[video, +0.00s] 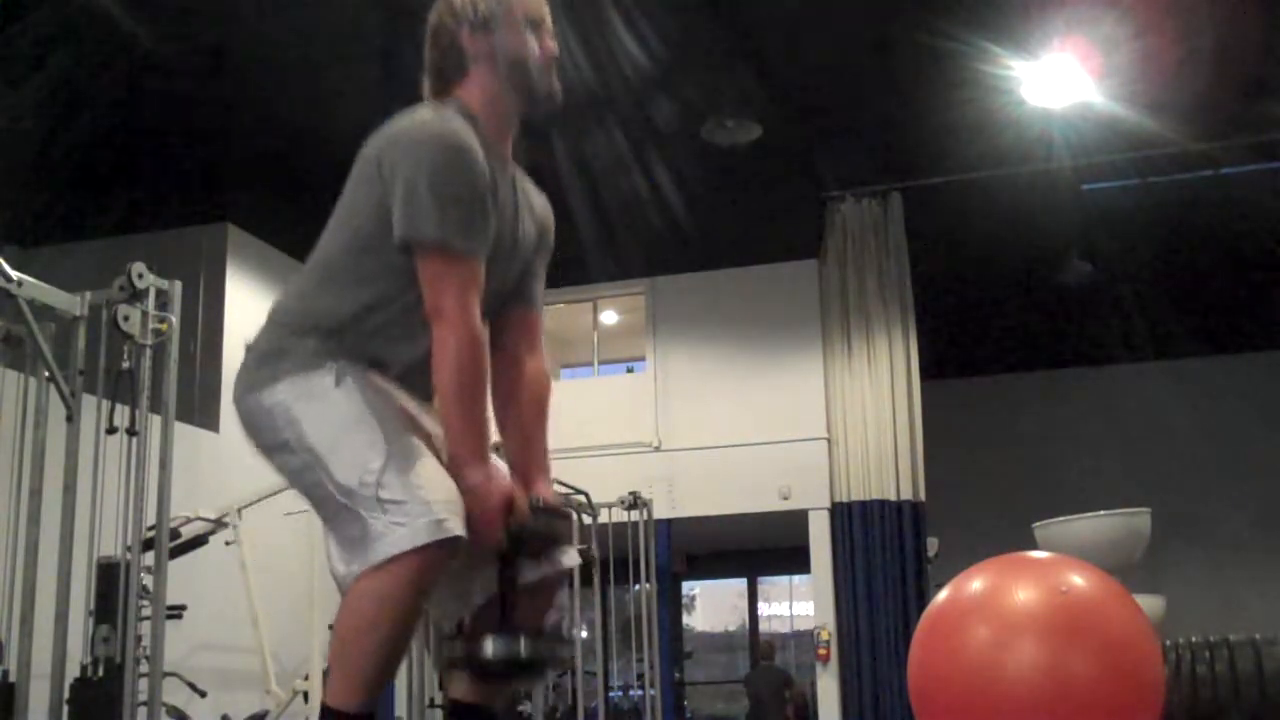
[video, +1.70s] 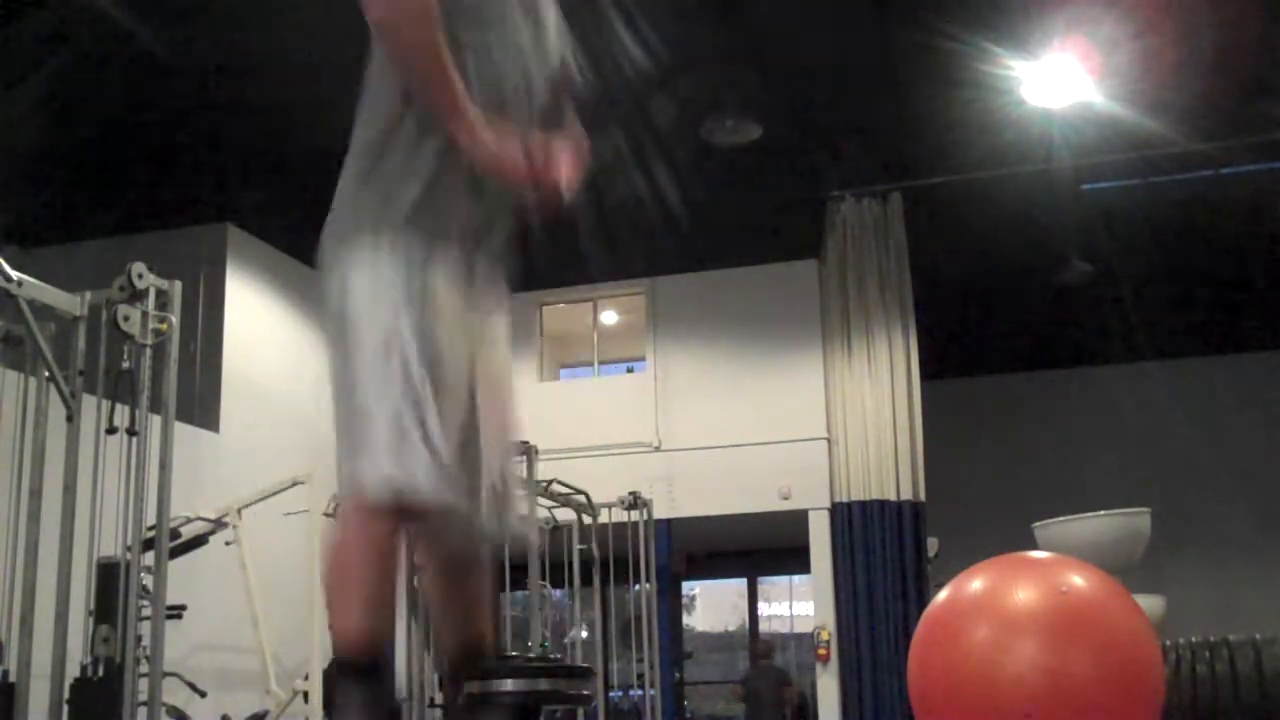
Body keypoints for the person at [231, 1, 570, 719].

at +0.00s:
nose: (554, 47)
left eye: (552, 31)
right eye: (533, 26)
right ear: (473, 38)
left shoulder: (530, 208)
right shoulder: (436, 142)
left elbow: (523, 352)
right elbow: (454, 320)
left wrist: (536, 485)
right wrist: (475, 472)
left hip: (389, 388)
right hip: (304, 371)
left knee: (505, 544)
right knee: (416, 528)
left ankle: (474, 703)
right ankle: (343, 712)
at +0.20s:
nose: (512, 7)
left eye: (507, 5)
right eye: (499, 2)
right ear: (465, 3)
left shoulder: (528, 128)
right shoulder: (434, 53)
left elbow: (523, 260)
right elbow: (451, 222)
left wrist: (534, 392)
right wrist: (473, 368)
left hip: (421, 338)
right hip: (330, 315)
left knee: (481, 554)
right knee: (377, 528)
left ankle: (458, 711)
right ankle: (331, 714)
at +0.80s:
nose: (581, 22)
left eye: (577, 10)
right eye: (558, 7)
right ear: (502, 24)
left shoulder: (543, 192)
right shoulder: (451, 116)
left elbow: (529, 340)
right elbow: (459, 304)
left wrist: (541, 476)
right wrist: (474, 456)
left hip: (404, 376)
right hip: (312, 350)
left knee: (494, 531)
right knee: (405, 526)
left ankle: (470, 704)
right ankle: (338, 710)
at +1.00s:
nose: (610, 118)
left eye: (605, 103)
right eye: (592, 100)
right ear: (533, 114)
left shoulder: (558, 280)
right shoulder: (469, 214)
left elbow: (542, 429)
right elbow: (474, 406)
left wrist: (545, 565)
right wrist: (491, 564)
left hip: (396, 429)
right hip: (299, 407)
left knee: (559, 563)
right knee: (432, 533)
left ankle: (477, 705)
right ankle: (345, 710)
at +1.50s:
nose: (607, 124)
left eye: (611, 106)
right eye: (587, 105)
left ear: (619, 123)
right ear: (531, 117)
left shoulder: (582, 263)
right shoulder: (499, 213)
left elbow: (568, 425)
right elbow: (491, 391)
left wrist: (584, 542)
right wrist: (526, 543)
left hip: (409, 426)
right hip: (321, 404)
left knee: (546, 564)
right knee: (455, 545)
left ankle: (358, 683)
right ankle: (362, 706)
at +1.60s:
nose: (593, 30)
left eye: (594, 15)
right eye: (577, 9)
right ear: (528, 15)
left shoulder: (577, 149)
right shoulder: (484, 91)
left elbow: (594, 280)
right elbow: (445, 213)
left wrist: (590, 356)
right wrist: (512, 330)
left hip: (430, 371)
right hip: (346, 346)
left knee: (544, 570)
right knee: (442, 540)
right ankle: (358, 705)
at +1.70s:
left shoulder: (544, 21)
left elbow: (554, 113)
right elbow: (389, 12)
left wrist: (555, 151)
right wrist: (470, 126)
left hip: (470, 250)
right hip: (390, 232)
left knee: (463, 498)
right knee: (382, 476)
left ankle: (472, 695)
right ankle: (357, 695)